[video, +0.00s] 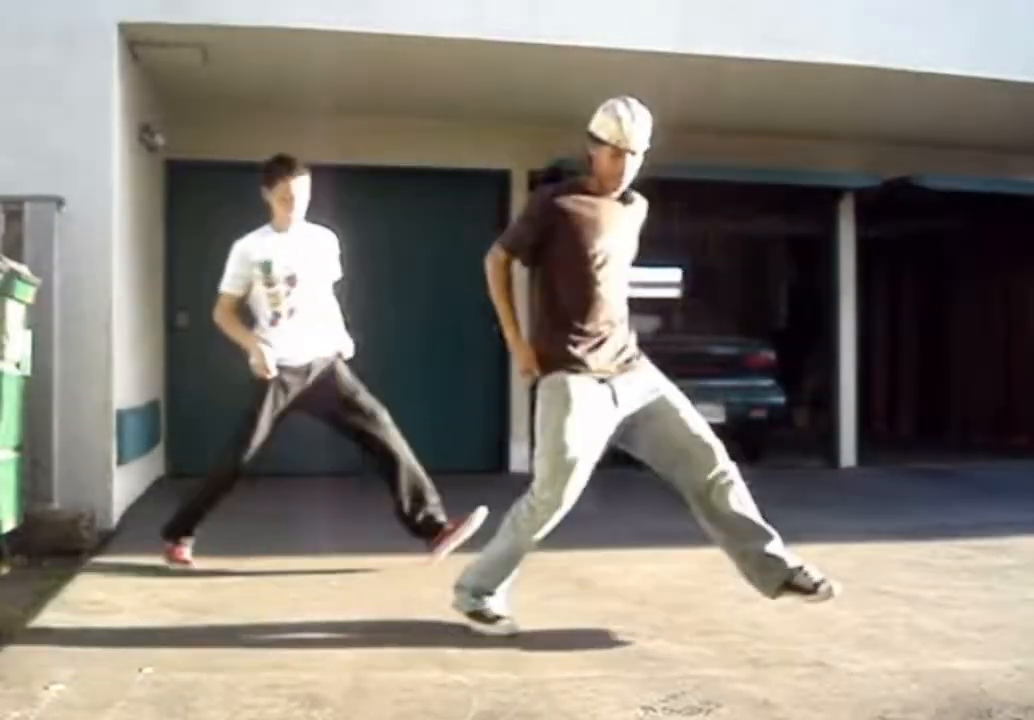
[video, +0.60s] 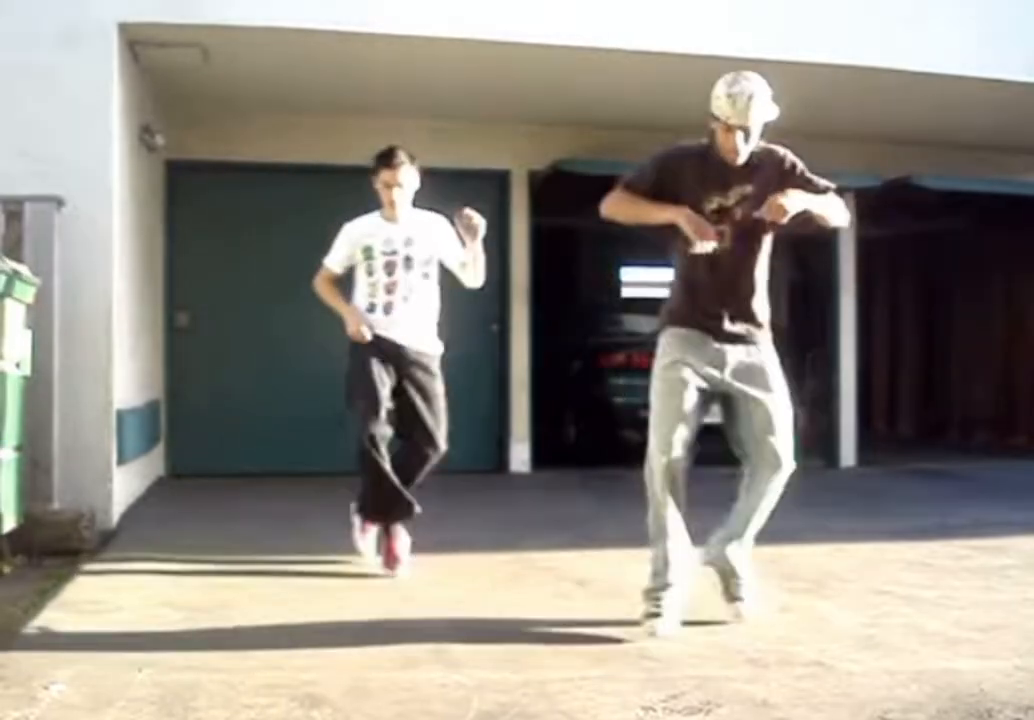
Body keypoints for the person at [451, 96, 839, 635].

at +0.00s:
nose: (615, 162)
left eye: (625, 152)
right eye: (607, 149)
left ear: (640, 156)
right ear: (591, 148)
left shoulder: (634, 210)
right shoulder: (554, 206)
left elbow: (602, 274)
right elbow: (497, 260)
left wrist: (607, 336)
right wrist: (517, 343)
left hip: (629, 367)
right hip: (570, 377)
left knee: (709, 465)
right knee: (554, 495)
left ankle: (776, 571)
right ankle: (478, 589)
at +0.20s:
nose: (643, 133)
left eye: (653, 122)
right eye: (634, 120)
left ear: (666, 124)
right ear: (615, 116)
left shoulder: (664, 169)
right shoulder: (581, 170)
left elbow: (634, 229)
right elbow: (520, 216)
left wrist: (652, 280)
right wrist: (553, 289)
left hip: (671, 325)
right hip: (614, 331)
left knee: (721, 438)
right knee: (609, 457)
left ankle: (696, 549)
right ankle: (552, 577)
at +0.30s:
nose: (667, 148)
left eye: (678, 137)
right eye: (658, 135)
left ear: (694, 139)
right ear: (642, 132)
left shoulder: (701, 185)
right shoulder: (612, 188)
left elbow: (704, 225)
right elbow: (562, 243)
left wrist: (735, 263)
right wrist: (580, 307)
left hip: (694, 341)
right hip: (639, 341)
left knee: (687, 469)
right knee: (669, 467)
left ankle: (618, 556)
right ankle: (710, 595)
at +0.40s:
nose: (691, 165)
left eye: (701, 155)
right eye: (682, 153)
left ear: (715, 154)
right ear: (665, 151)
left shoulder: (727, 208)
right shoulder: (631, 207)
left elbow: (763, 262)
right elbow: (591, 274)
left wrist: (770, 276)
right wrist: (625, 314)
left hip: (712, 368)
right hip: (657, 365)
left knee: (683, 480)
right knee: (695, 480)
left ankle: (621, 559)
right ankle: (740, 594)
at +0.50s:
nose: (721, 144)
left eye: (732, 134)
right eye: (713, 132)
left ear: (748, 129)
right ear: (698, 123)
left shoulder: (763, 169)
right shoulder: (664, 169)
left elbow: (826, 217)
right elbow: (598, 213)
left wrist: (789, 206)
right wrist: (664, 220)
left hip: (738, 345)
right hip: (677, 340)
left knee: (746, 463)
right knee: (678, 461)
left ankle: (671, 551)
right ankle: (704, 594)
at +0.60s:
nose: (740, 142)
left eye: (750, 132)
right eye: (731, 130)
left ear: (764, 126)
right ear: (714, 120)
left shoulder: (778, 164)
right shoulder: (678, 164)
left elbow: (841, 213)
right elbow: (612, 205)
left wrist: (801, 202)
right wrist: (678, 214)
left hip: (751, 339)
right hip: (687, 332)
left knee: (775, 458)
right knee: (666, 459)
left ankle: (729, 550)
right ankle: (664, 587)